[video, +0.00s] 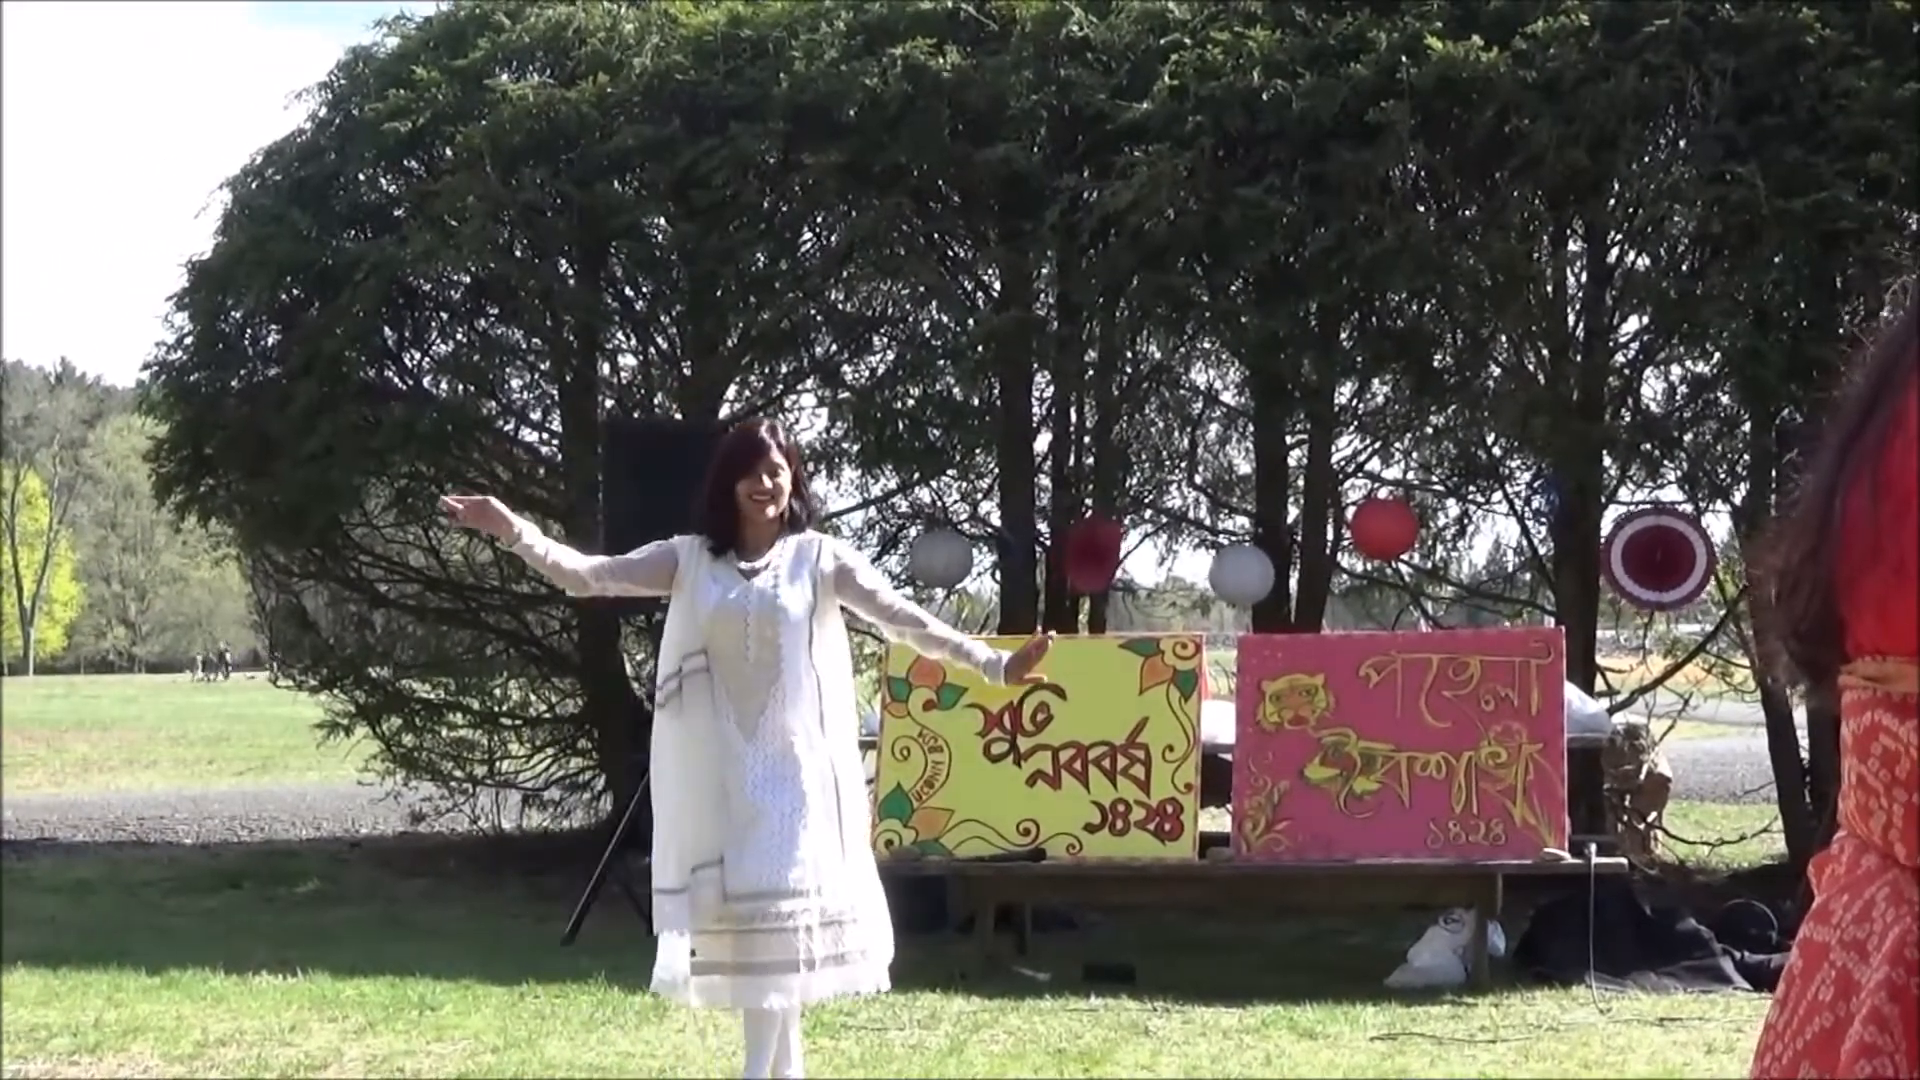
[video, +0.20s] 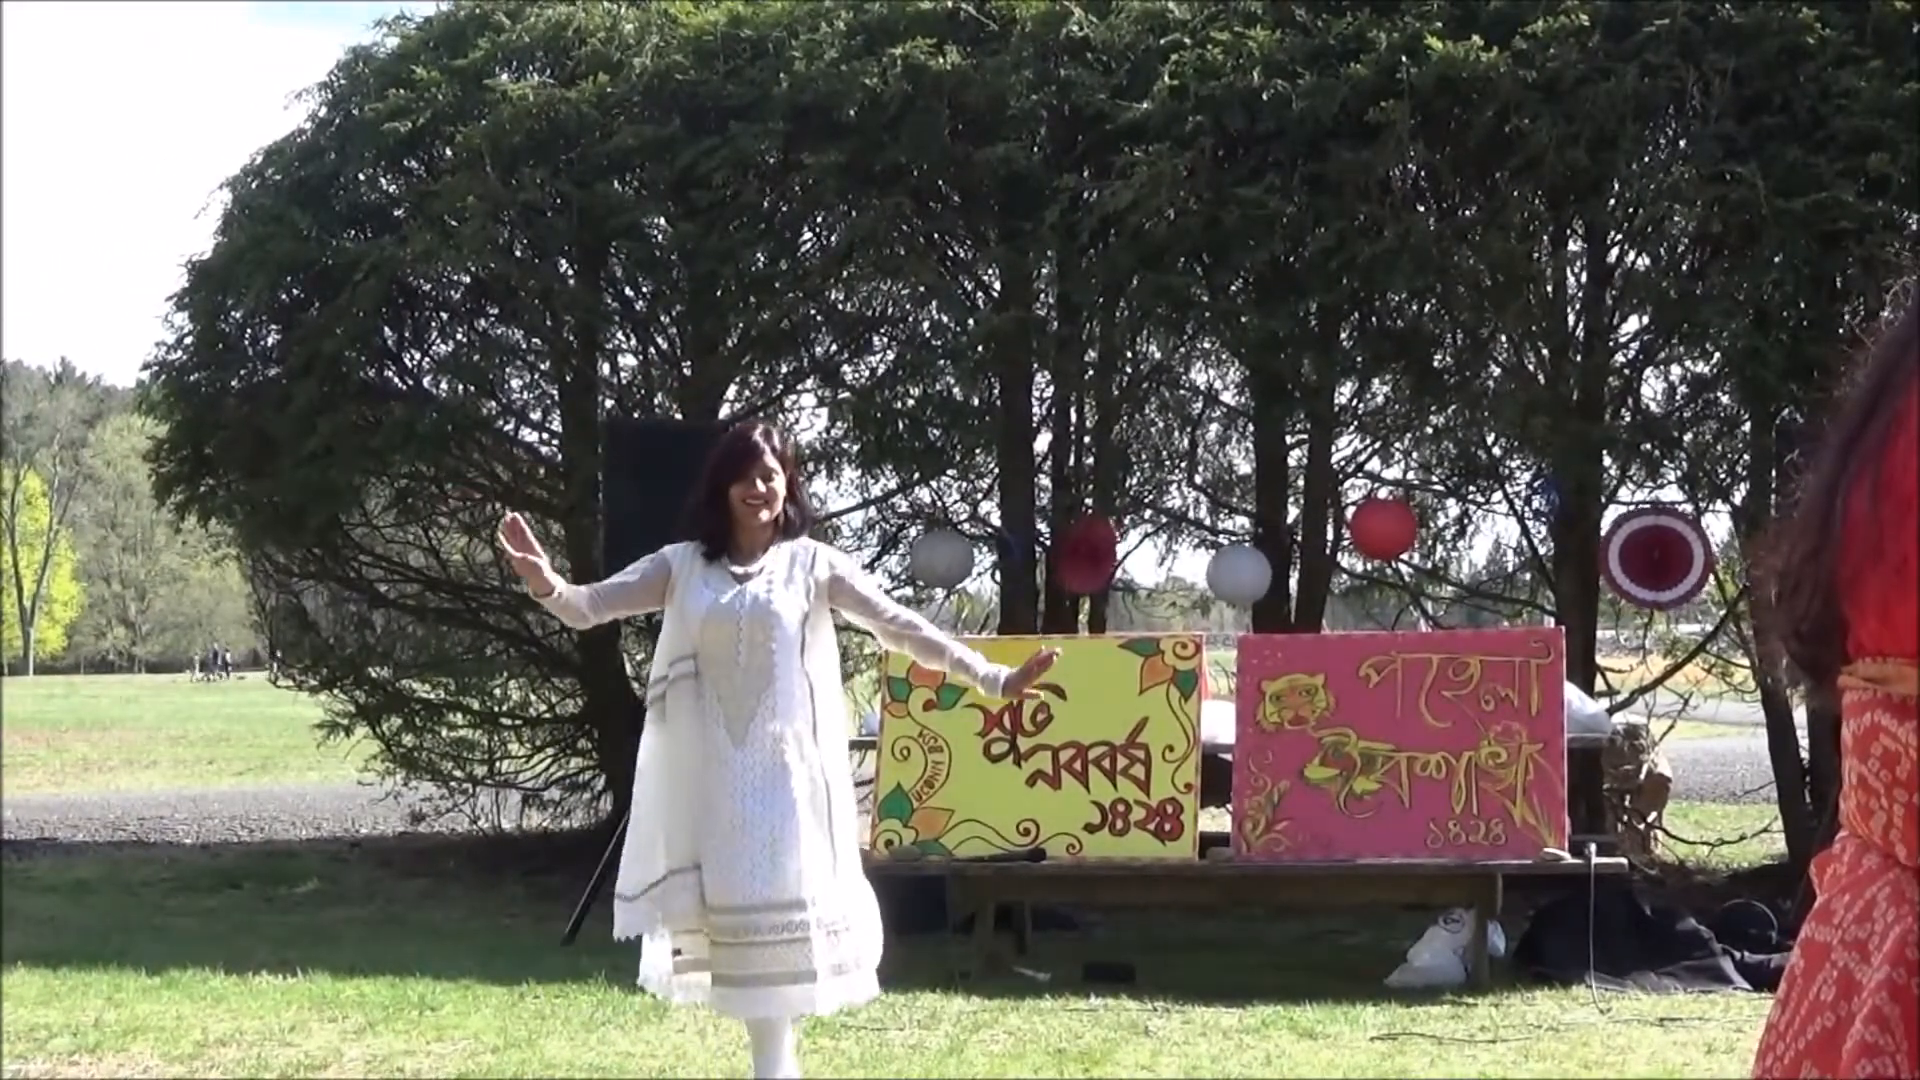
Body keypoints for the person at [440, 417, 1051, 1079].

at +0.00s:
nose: (768, 483)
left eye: (777, 471)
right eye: (753, 472)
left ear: (793, 480)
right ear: (727, 483)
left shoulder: (820, 557)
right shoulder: (693, 558)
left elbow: (907, 619)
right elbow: (584, 575)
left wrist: (994, 660)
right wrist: (513, 528)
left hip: (799, 758)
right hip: (720, 756)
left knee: (770, 908)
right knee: (753, 911)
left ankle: (763, 1068)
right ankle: (783, 1063)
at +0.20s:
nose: (760, 487)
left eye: (771, 475)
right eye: (746, 475)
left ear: (790, 486)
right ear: (720, 486)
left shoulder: (812, 563)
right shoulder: (682, 565)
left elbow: (901, 624)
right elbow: (589, 606)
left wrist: (991, 675)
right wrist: (542, 577)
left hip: (786, 761)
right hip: (705, 761)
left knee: (776, 912)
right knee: (737, 913)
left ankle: (771, 1067)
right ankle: (778, 1063)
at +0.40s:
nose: (748, 496)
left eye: (761, 483)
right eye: (735, 483)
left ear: (782, 493)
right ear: (713, 492)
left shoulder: (806, 570)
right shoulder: (677, 578)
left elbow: (893, 641)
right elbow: (589, 651)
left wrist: (990, 702)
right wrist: (595, 634)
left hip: (775, 781)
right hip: (694, 779)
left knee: (766, 933)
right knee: (688, 930)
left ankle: (764, 1073)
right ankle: (748, 1061)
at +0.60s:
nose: (737, 506)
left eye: (751, 494)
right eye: (725, 493)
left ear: (771, 505)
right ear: (704, 501)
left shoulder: (788, 579)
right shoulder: (668, 596)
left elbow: (880, 653)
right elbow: (601, 681)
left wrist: (981, 716)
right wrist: (603, 660)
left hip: (761, 788)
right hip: (680, 784)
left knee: (752, 945)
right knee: (637, 910)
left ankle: (761, 1071)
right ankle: (697, 1070)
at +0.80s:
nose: (706, 506)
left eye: (723, 495)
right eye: (696, 493)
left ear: (748, 509)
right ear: (678, 503)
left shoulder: (768, 595)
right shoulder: (635, 597)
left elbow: (861, 673)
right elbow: (560, 684)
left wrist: (965, 725)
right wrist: (596, 672)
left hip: (739, 815)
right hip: (646, 809)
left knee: (750, 966)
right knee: (598, 939)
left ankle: (758, 1069)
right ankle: (646, 1072)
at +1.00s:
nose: (654, 492)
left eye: (672, 481)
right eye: (644, 480)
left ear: (700, 499)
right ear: (629, 493)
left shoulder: (721, 590)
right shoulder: (589, 585)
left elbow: (778, 682)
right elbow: (525, 684)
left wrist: (853, 650)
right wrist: (583, 657)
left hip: (697, 817)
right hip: (600, 818)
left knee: (723, 984)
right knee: (603, 988)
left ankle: (738, 1068)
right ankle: (637, 1076)